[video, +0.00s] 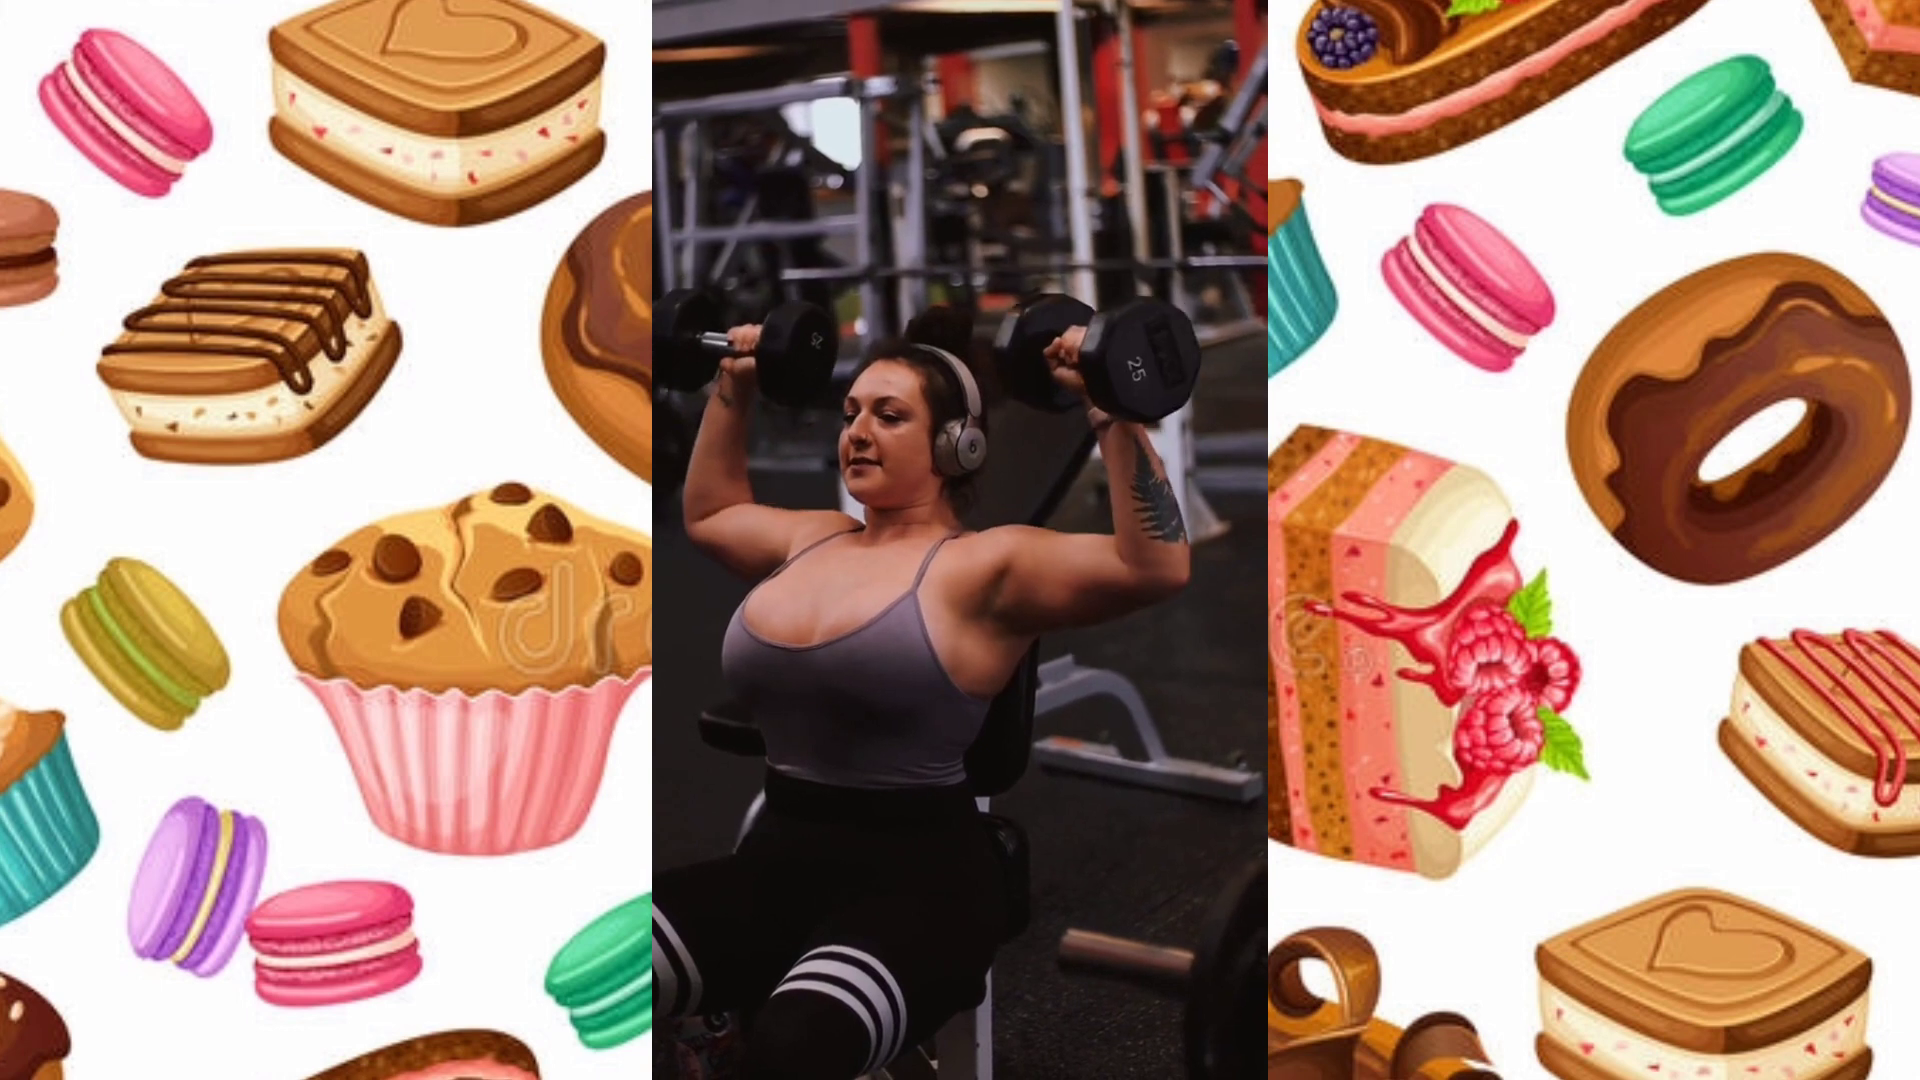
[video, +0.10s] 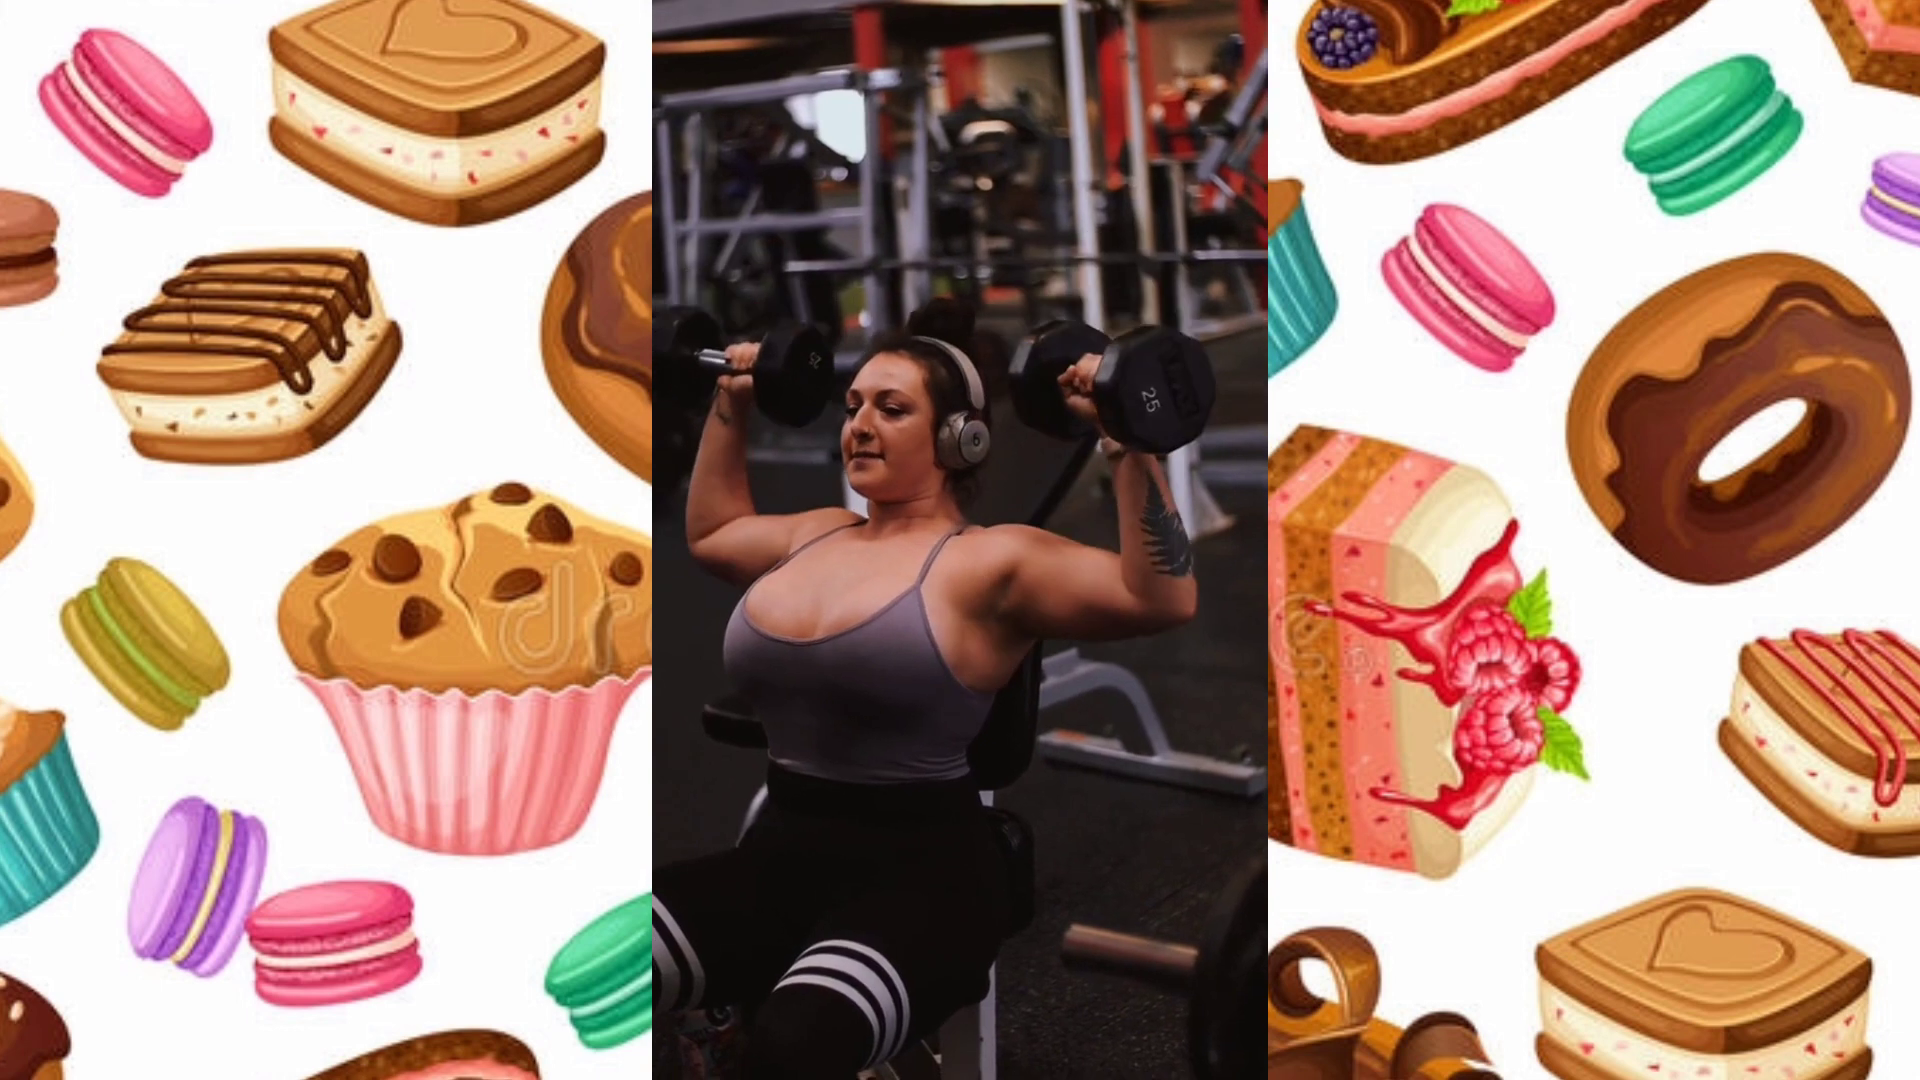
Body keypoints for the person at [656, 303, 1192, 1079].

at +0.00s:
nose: (857, 433)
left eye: (889, 416)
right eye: (851, 413)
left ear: (953, 442)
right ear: (840, 431)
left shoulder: (986, 566)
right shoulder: (815, 535)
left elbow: (1157, 567)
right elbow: (708, 512)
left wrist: (1113, 410)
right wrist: (731, 389)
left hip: (922, 880)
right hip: (784, 863)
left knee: (792, 1044)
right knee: (594, 970)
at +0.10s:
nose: (859, 426)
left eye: (891, 409)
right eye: (853, 406)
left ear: (955, 436)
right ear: (842, 422)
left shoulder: (992, 561)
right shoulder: (817, 532)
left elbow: (1162, 596)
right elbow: (711, 532)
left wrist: (1123, 437)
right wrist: (730, 403)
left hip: (926, 873)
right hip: (787, 856)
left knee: (793, 1040)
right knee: (598, 962)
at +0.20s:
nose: (863, 419)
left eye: (895, 403)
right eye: (858, 399)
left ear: (959, 429)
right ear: (846, 416)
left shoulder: (998, 557)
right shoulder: (824, 528)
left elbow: (1169, 625)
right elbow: (718, 548)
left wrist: (1139, 465)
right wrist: (730, 421)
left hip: (929, 869)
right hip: (790, 851)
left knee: (797, 1036)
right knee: (601, 957)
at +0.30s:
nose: (870, 411)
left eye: (901, 394)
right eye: (865, 391)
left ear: (966, 421)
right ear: (851, 405)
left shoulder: (1010, 551)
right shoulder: (835, 521)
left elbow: (1178, 629)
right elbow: (726, 556)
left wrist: (1144, 468)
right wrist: (734, 428)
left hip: (939, 860)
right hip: (798, 843)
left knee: (799, 1035)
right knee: (602, 949)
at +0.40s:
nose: (872, 403)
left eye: (903, 387)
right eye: (867, 383)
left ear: (969, 413)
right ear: (853, 398)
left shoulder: (1012, 543)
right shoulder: (836, 514)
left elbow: (1183, 614)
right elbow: (727, 545)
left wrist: (1144, 453)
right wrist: (737, 417)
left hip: (941, 857)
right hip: (799, 838)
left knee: (802, 1032)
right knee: (602, 945)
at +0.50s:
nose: (869, 392)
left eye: (901, 375)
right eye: (863, 371)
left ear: (967, 401)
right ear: (851, 387)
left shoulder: (1009, 528)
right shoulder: (829, 501)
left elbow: (1180, 574)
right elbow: (718, 512)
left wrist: (1132, 412)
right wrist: (736, 377)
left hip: (940, 849)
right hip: (795, 831)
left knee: (799, 1028)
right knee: (601, 940)